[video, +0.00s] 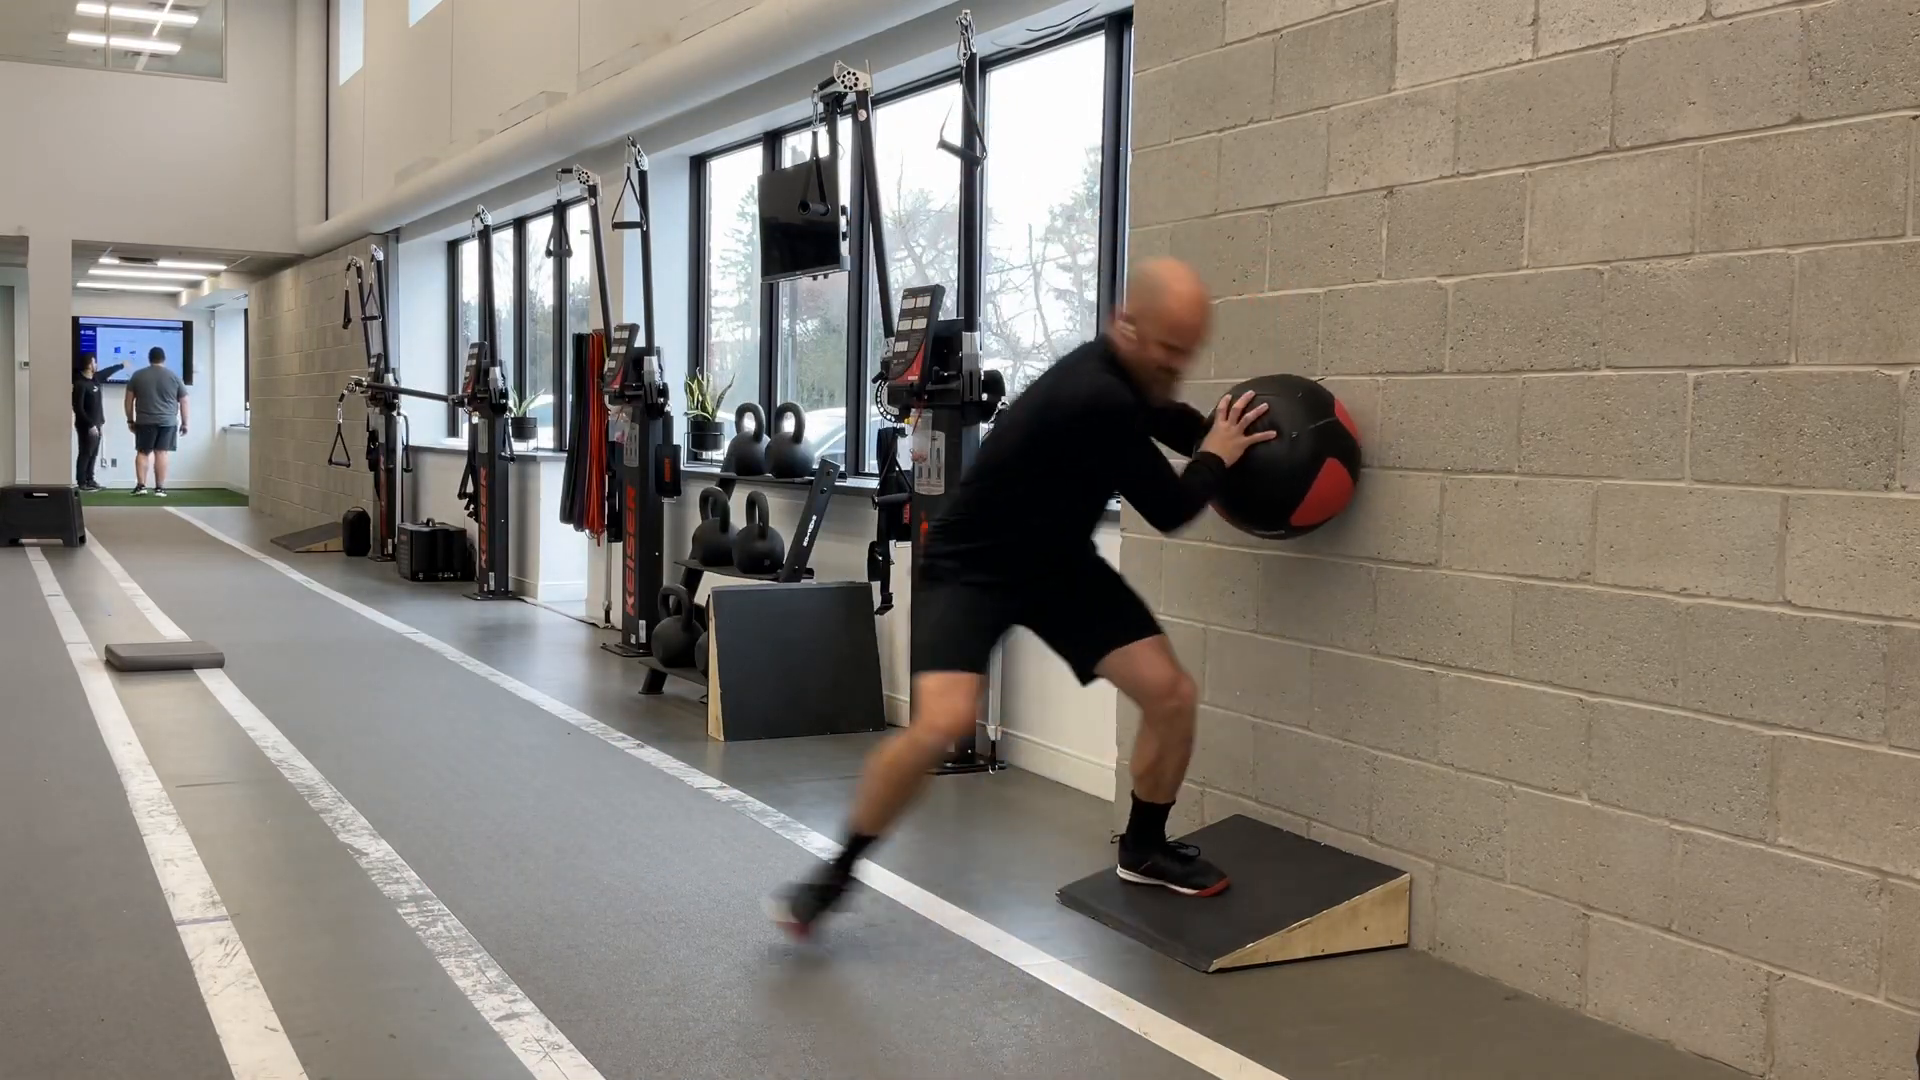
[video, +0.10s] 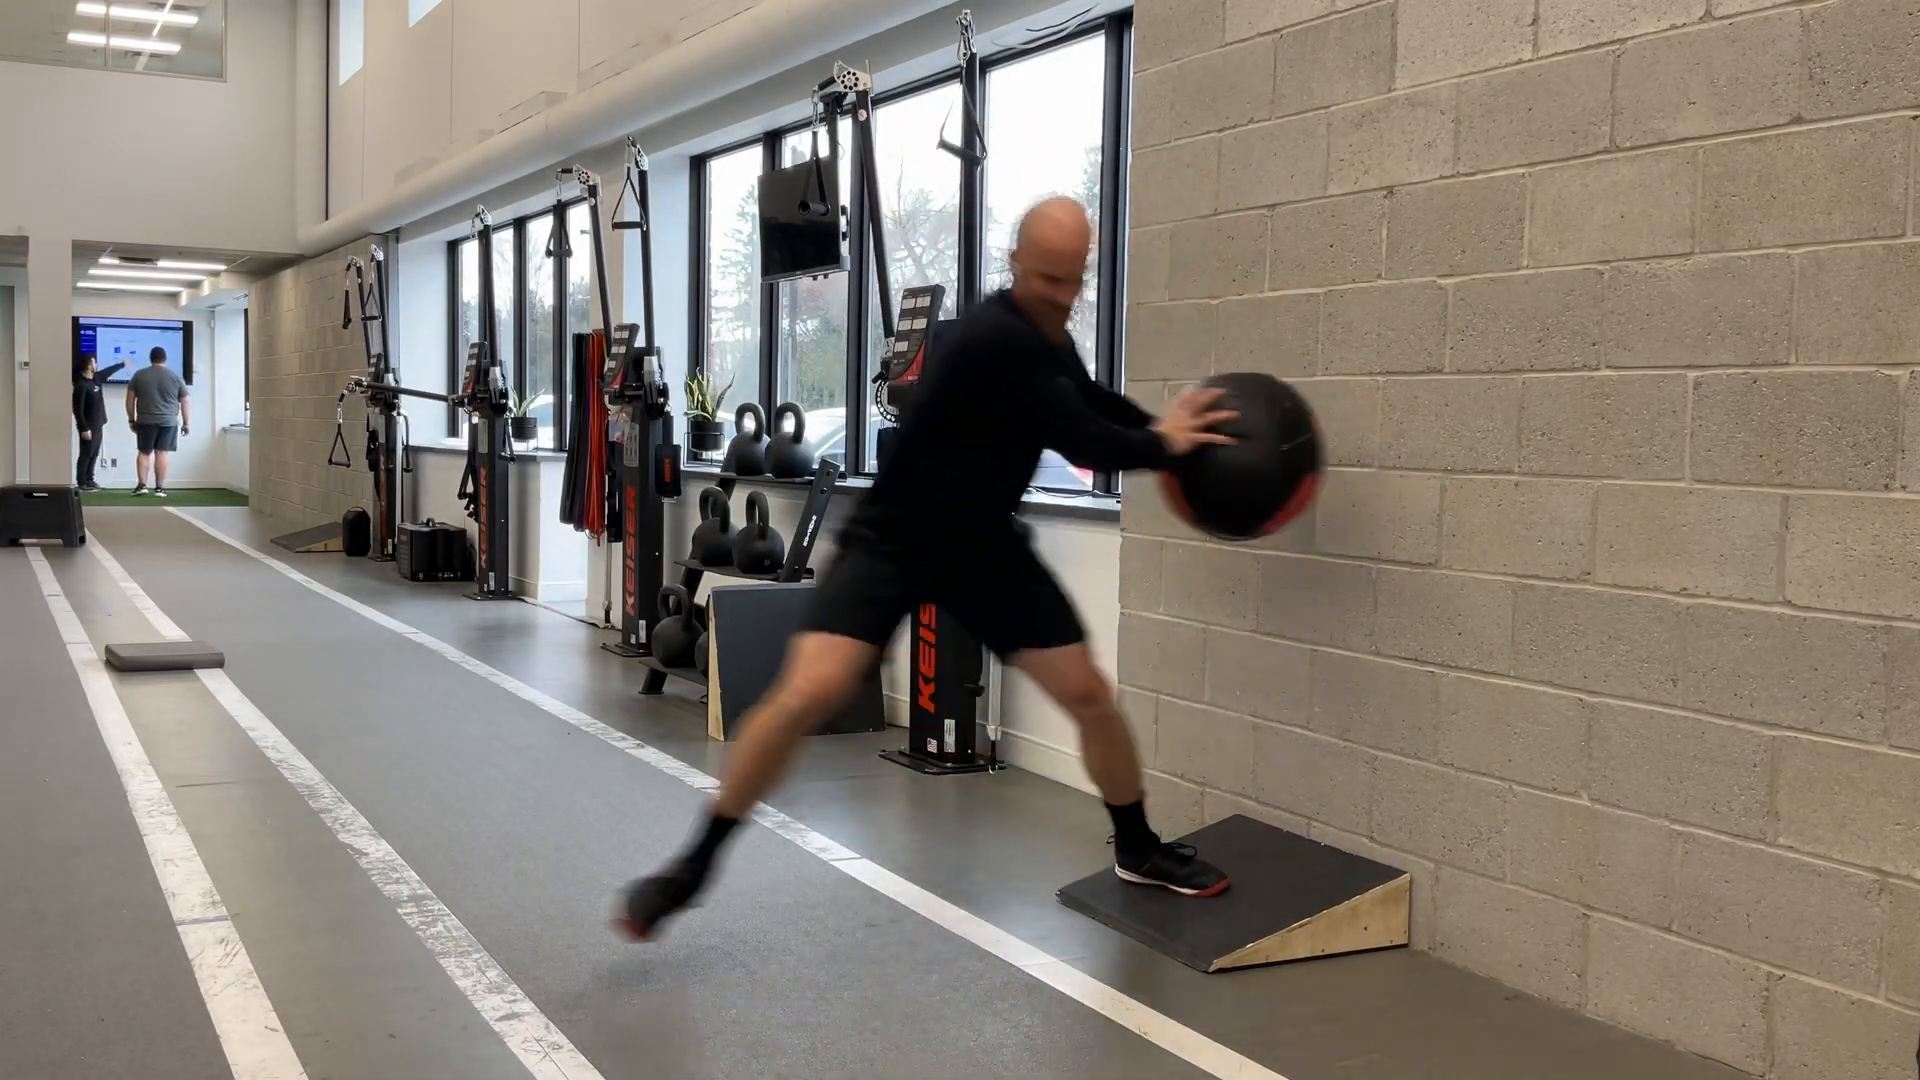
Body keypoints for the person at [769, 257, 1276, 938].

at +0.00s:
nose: (1179, 364)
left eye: (1188, 350)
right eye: (1169, 347)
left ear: (1192, 334)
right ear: (1125, 324)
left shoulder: (1125, 373)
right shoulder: (1092, 394)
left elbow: (1169, 421)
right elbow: (1169, 509)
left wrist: (1251, 439)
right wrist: (1215, 455)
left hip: (1056, 562)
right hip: (969, 563)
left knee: (1171, 695)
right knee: (943, 723)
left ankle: (1144, 848)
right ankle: (837, 873)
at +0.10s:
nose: (1062, 293)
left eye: (1074, 278)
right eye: (1047, 275)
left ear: (1084, 272)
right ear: (1013, 261)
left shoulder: (1052, 344)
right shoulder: (990, 337)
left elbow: (1102, 413)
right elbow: (1083, 445)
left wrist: (1170, 446)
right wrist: (1162, 442)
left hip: (982, 542)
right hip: (891, 536)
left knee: (1090, 695)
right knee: (811, 690)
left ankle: (1138, 846)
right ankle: (690, 868)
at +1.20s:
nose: (886, 247)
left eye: (886, 230)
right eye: (879, 230)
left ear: (822, 226)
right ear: (839, 227)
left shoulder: (806, 310)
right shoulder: (785, 308)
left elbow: (906, 435)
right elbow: (868, 400)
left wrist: (991, 403)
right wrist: (968, 399)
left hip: (768, 561)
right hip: (721, 560)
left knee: (863, 699)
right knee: (644, 752)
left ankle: (882, 899)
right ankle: (448, 888)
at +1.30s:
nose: (939, 222)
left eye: (940, 206)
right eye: (936, 205)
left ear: (868, 191)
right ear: (902, 197)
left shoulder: (799, 265)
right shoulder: (892, 284)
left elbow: (813, 374)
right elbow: (1012, 370)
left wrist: (893, 375)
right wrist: (1104, 370)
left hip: (767, 522)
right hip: (793, 534)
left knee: (860, 703)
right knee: (723, 729)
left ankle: (880, 898)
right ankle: (601, 925)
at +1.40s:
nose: (982, 214)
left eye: (984, 196)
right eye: (981, 195)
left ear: (907, 179)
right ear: (947, 185)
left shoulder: (827, 258)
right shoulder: (937, 277)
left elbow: (740, 351)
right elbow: (974, 423)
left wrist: (750, 430)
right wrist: (1083, 453)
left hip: (798, 493)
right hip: (858, 502)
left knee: (874, 705)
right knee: (851, 718)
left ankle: (883, 896)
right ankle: (771, 937)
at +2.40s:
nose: (1180, 221)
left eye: (1185, 204)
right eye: (1177, 202)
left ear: (1128, 186)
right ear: (1133, 187)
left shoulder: (1102, 274)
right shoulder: (1059, 278)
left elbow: (1097, 398)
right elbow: (1067, 419)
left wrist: (1164, 374)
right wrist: (1167, 392)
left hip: (1094, 506)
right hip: (1029, 517)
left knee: (1161, 669)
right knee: (1038, 709)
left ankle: (1152, 833)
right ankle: (972, 918)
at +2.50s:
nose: (1209, 228)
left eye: (1215, 212)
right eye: (1204, 210)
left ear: (1161, 196)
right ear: (1155, 193)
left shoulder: (1148, 282)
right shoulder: (1084, 281)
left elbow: (1147, 405)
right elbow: (1104, 410)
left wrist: (1237, 426)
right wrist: (1196, 382)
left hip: (1123, 503)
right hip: (1051, 509)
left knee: (1165, 667)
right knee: (1075, 696)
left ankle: (1153, 841)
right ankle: (988, 896)